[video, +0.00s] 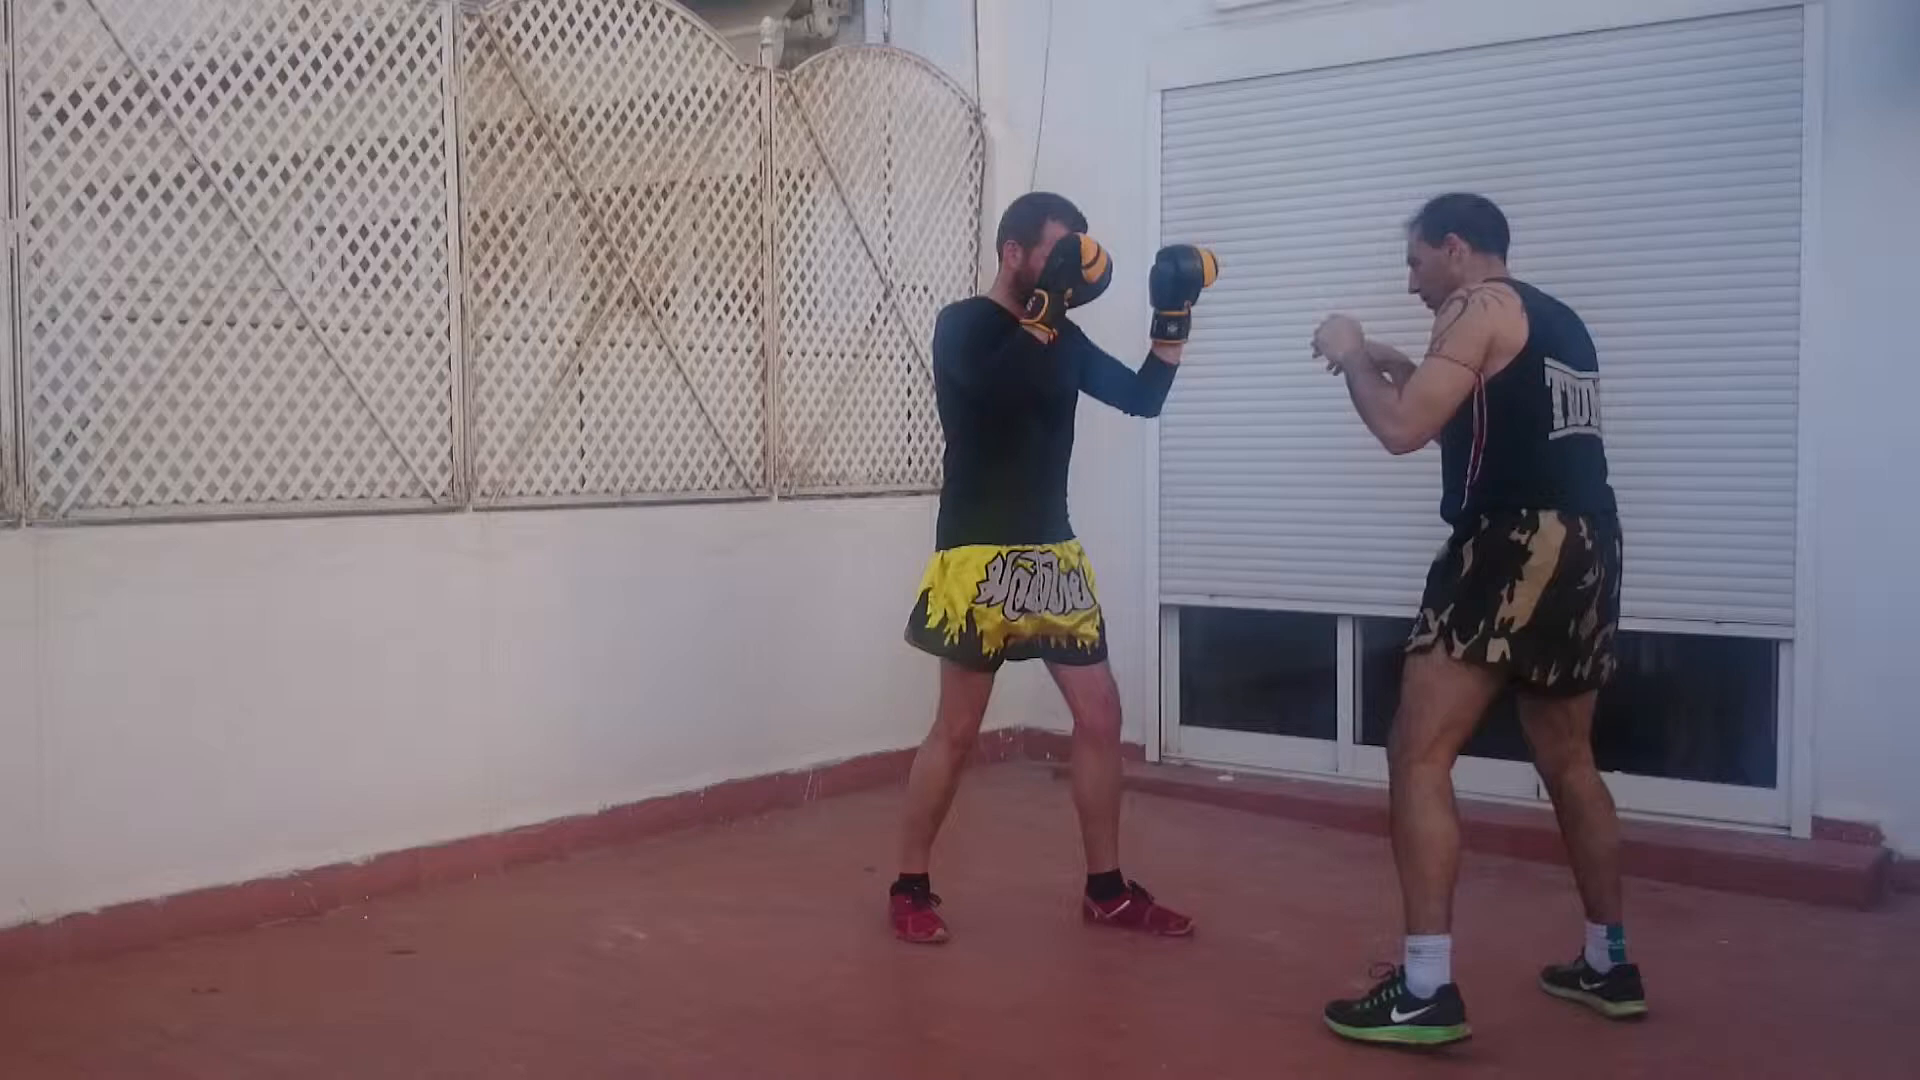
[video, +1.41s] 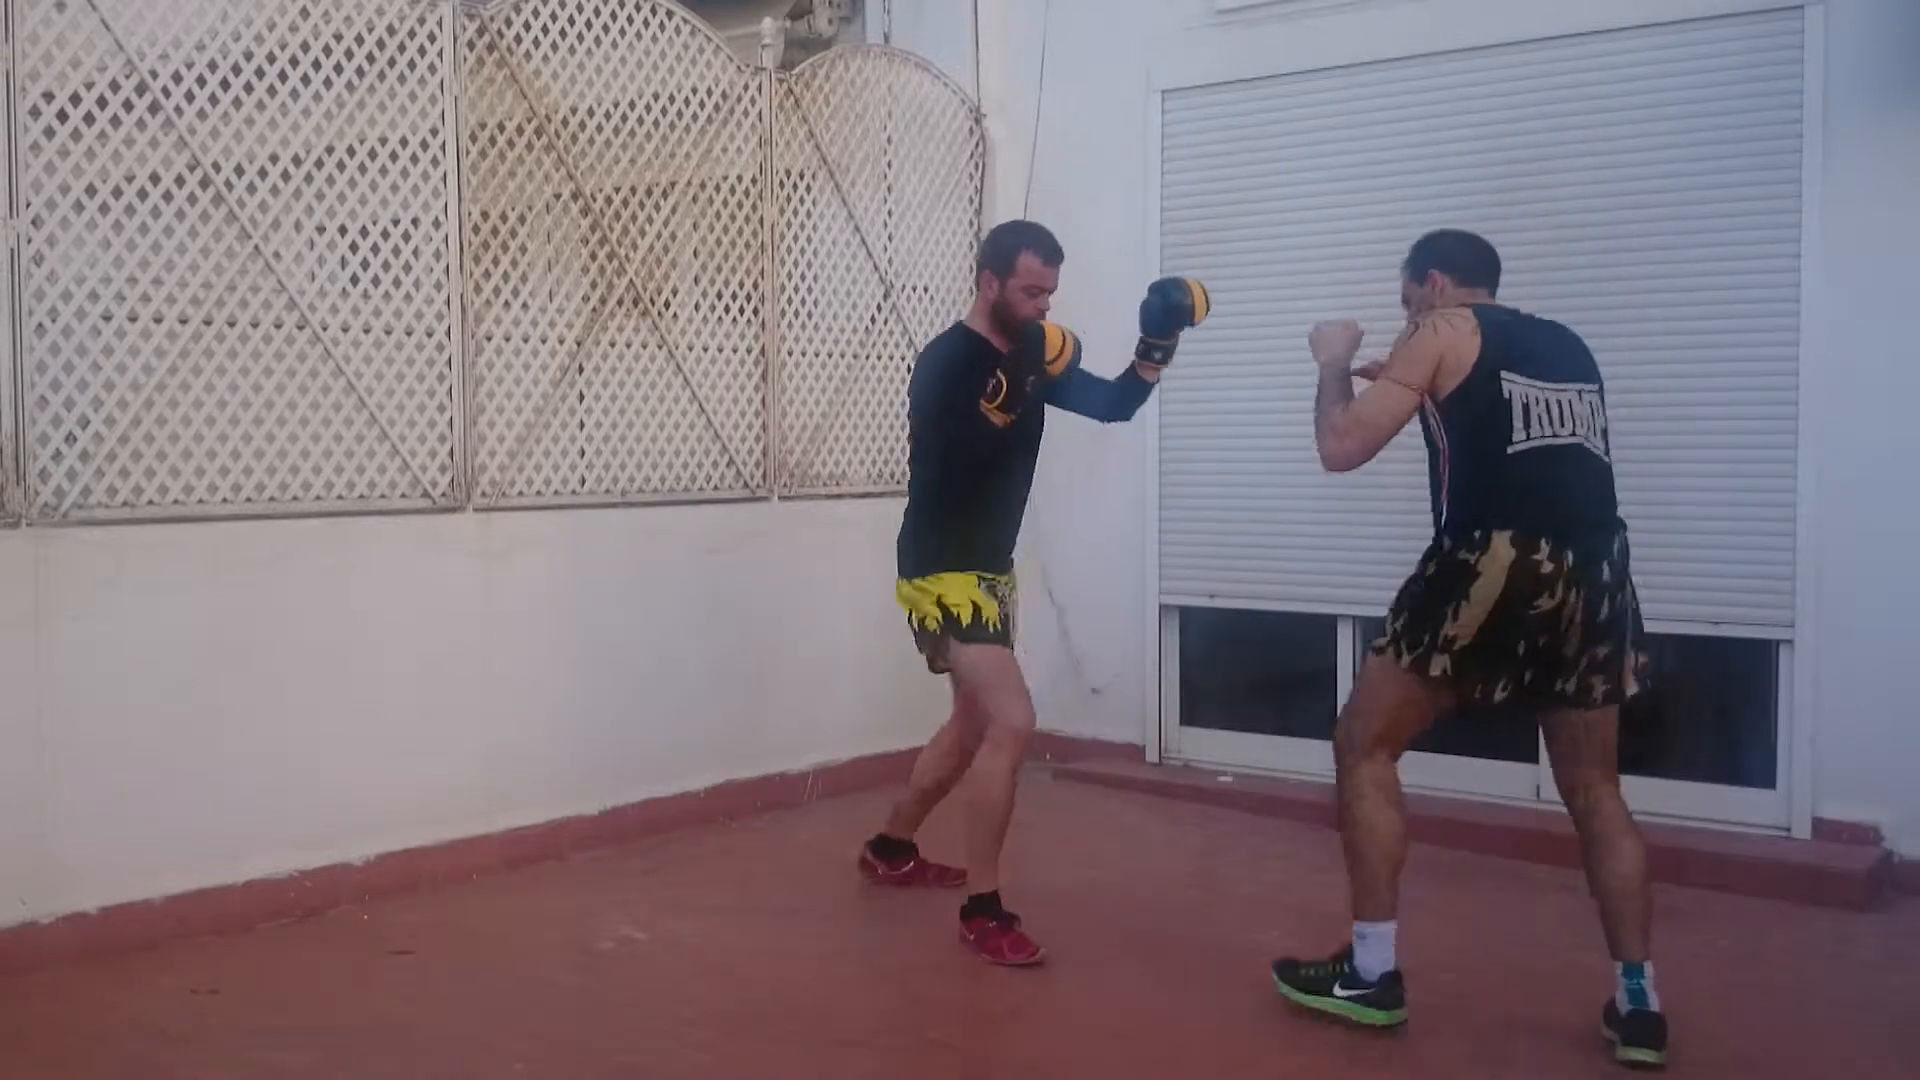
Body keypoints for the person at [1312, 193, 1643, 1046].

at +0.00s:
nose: (1414, 280)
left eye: (1417, 262)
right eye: (1411, 266)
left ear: (1458, 248)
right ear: (1487, 248)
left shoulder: (1483, 311)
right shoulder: (1564, 321)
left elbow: (1401, 426)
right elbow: (1477, 411)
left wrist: (1355, 351)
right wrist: (1390, 369)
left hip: (1509, 549)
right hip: (1585, 554)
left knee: (1420, 754)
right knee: (1569, 761)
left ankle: (1424, 987)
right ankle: (1609, 962)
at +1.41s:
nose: (1409, 316)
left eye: (1408, 303)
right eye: (1406, 306)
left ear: (1434, 285)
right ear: (1489, 285)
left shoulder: (1442, 333)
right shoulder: (1567, 346)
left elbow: (1341, 447)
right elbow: (1530, 444)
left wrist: (1331, 366)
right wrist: (1417, 378)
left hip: (1488, 573)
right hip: (1595, 588)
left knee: (1364, 745)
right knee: (1595, 791)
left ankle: (1371, 973)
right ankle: (1639, 1003)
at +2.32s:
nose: (1297, 288)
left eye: (1312, 288)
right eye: (1288, 280)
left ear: (1328, 323)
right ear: (1261, 299)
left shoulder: (1319, 399)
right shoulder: (1210, 321)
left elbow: (1374, 457)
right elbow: (1143, 222)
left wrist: (1340, 357)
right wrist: (1249, 247)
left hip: (1245, 550)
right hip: (1199, 532)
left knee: (1206, 773)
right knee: (1275, 746)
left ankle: (1106, 914)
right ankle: (1258, 973)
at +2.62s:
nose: (1308, 289)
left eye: (1314, 286)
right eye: (1297, 274)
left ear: (1306, 304)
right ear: (1263, 268)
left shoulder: (1277, 388)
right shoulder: (1229, 304)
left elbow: (1333, 493)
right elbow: (1298, 199)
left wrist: (1379, 396)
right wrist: (1346, 280)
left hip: (1213, 551)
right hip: (1231, 540)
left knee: (1210, 751)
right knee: (1342, 727)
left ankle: (1105, 911)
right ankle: (1287, 948)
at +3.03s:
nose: (1333, 286)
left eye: (1332, 273)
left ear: (1331, 274)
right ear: (1410, 281)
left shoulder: (1285, 343)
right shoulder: (1456, 353)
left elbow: (1222, 464)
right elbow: (1490, 492)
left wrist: (1292, 417)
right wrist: (1478, 408)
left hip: (1301, 574)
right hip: (1419, 579)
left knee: (1232, 750)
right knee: (1458, 779)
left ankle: (1160, 922)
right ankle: (1455, 995)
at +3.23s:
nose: (1338, 245)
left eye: (1340, 232)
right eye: (1338, 232)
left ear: (1366, 220)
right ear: (1423, 221)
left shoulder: (1354, 294)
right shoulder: (1505, 302)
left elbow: (1300, 429)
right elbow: (1537, 440)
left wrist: (1323, 339)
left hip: (1384, 544)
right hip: (1493, 549)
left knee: (1313, 742)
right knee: (1475, 767)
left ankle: (1342, 965)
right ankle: (1473, 984)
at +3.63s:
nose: (1369, 246)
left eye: (1372, 229)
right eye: (1368, 230)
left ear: (1408, 231)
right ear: (1460, 231)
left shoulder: (1408, 317)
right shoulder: (1543, 307)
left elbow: (1368, 463)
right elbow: (1536, 419)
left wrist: (1320, 392)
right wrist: (1422, 380)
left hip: (1461, 578)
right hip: (1565, 573)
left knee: (1459, 822)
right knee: (1569, 783)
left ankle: (1504, 1054)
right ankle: (1617, 1001)